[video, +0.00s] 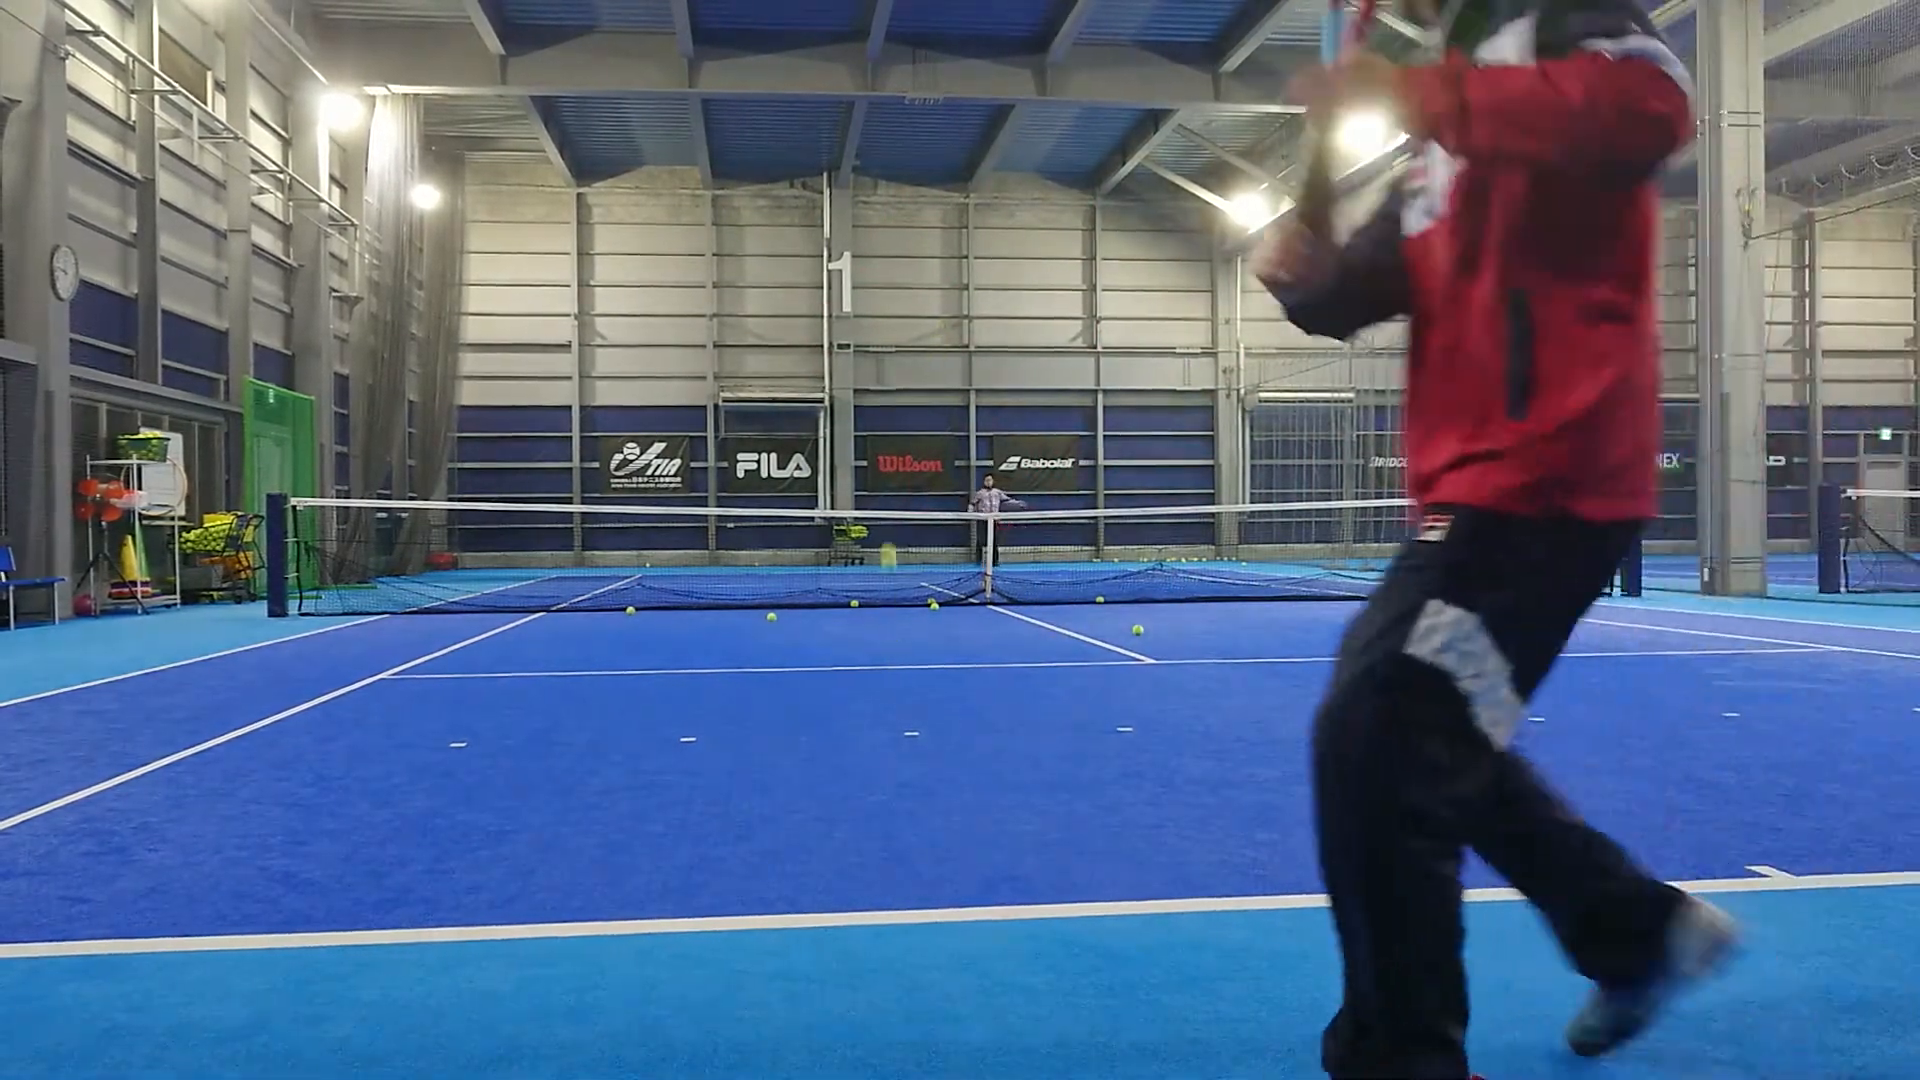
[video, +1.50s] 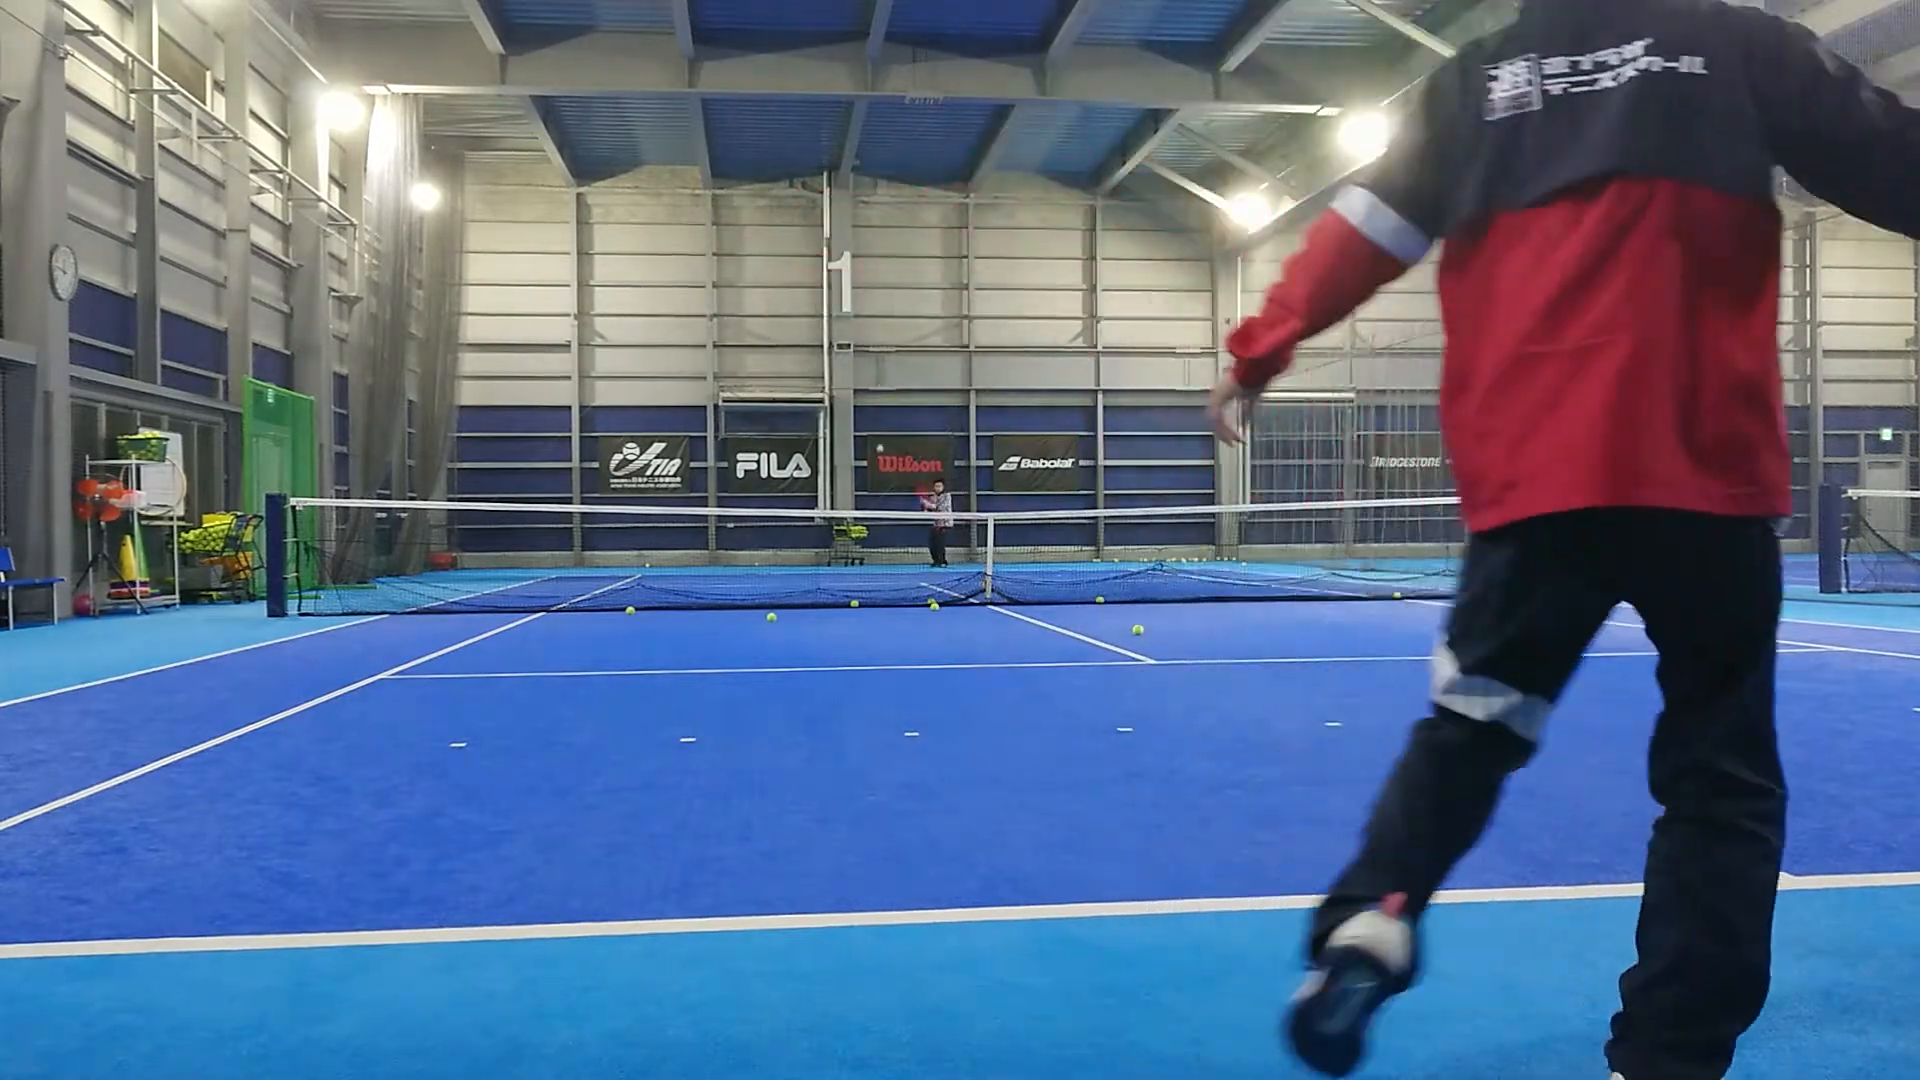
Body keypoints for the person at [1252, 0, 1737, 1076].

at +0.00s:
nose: (1388, 49)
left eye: (1395, 29)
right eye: (1383, 41)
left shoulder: (1580, 41)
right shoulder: (1459, 160)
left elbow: (1650, 109)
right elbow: (1380, 285)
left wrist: (1418, 89)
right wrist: (1315, 276)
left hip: (1557, 484)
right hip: (1475, 486)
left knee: (1381, 732)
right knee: (1396, 737)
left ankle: (1402, 1057)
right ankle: (1639, 936)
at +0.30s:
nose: (1216, 31)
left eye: (1230, 18)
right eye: (1219, 25)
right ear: (1232, 21)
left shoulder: (1395, 36)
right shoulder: (1252, 99)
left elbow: (1527, 83)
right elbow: (1201, 236)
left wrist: (1295, 41)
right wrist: (1135, 201)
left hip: (1384, 479)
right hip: (1280, 489)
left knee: (1281, 753)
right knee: (1172, 716)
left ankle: (1386, 1059)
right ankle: (1143, 989)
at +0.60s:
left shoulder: (1215, 21)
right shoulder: (1192, 51)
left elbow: (1338, 201)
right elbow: (1116, 167)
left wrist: (1276, 404)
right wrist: (999, 257)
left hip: (1212, 470)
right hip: (1224, 472)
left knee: (1125, 723)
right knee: (1158, 729)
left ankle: (1276, 979)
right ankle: (1139, 993)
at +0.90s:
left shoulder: (1086, 48)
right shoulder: (1323, 17)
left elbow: (957, 161)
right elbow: (1509, 27)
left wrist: (776, 244)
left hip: (1203, 447)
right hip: (1342, 435)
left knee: (1138, 739)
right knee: (1244, 739)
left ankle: (1206, 1036)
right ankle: (1135, 986)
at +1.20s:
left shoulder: (1198, 43)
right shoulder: (1490, 18)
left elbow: (1059, 183)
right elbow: (1684, 44)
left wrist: (926, 267)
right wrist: (1864, 39)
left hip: (1276, 450)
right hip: (1453, 442)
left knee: (1230, 758)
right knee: (1437, 703)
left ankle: (1203, 1055)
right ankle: (1469, 991)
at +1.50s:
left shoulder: (1474, 74)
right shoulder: (1743, 41)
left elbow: (1363, 234)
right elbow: (1905, 168)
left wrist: (1255, 350)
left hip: (1533, 465)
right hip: (1711, 465)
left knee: (1476, 715)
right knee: (1721, 769)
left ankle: (1372, 916)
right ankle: (1674, 1053)